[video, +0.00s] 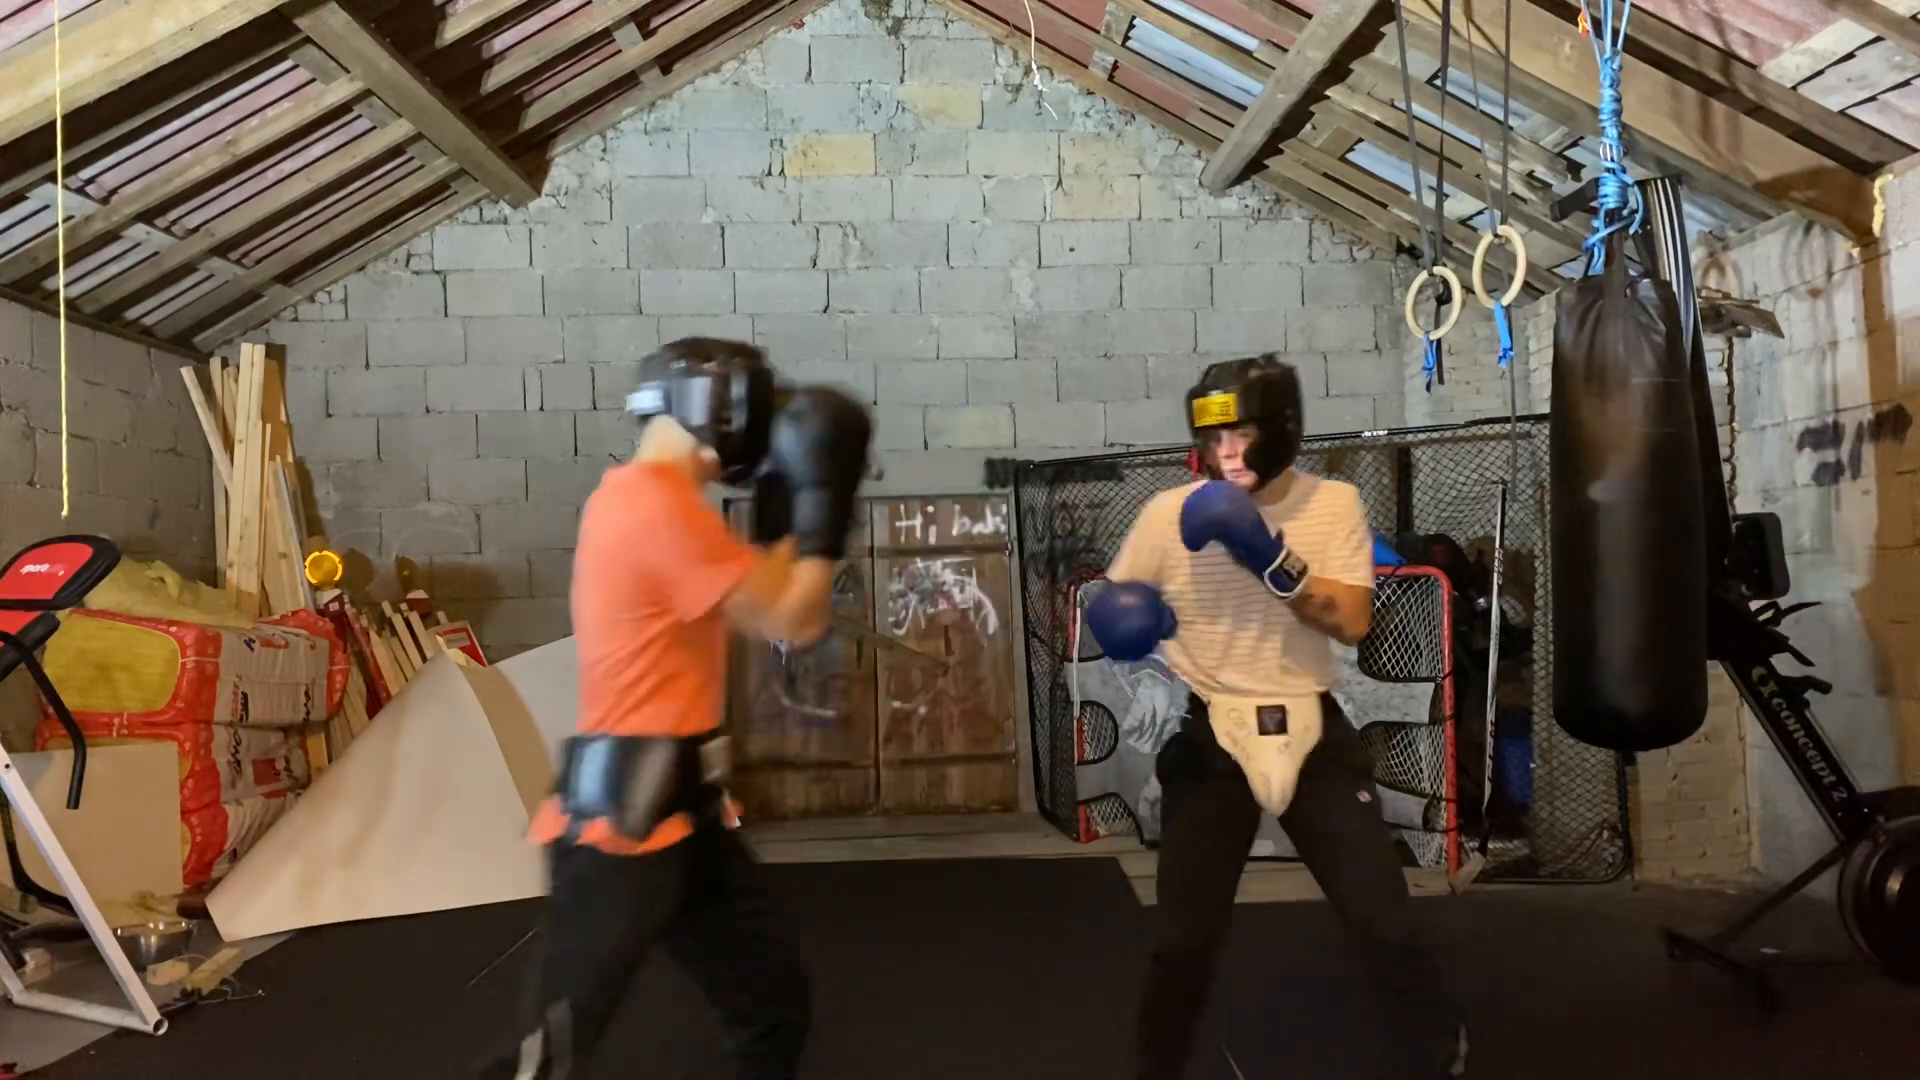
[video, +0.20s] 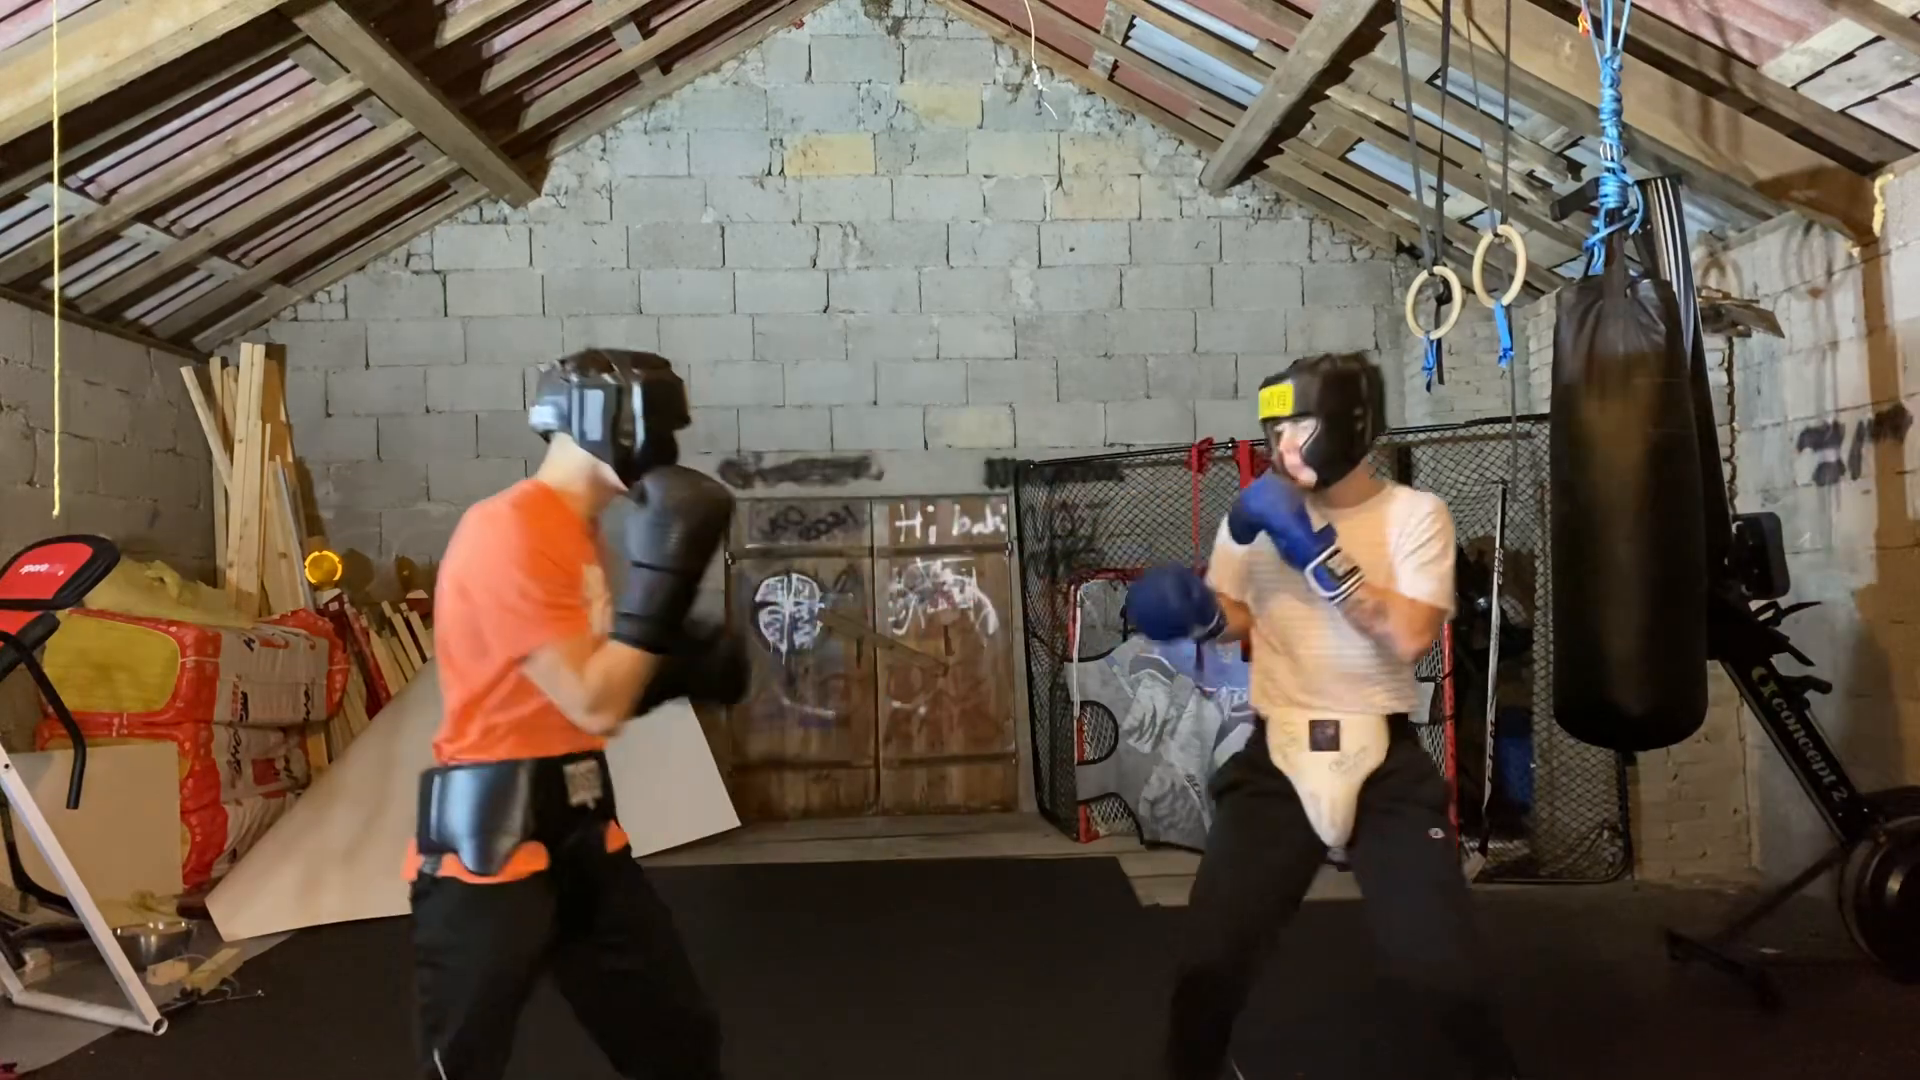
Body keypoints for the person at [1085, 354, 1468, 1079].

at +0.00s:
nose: (1230, 451)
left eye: (1244, 432)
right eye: (1216, 434)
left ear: (1282, 433)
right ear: (1201, 441)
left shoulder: (1331, 503)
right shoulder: (1169, 513)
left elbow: (1354, 620)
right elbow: (1114, 614)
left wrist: (1270, 555)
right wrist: (1114, 620)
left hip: (1315, 733)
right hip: (1209, 737)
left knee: (1383, 922)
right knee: (1184, 936)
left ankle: (1436, 1054)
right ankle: (1156, 1068)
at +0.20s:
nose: (1280, 446)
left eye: (1296, 427)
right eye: (1275, 428)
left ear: (1348, 430)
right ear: (1273, 436)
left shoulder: (1416, 517)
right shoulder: (1255, 517)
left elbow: (1413, 635)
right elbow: (1238, 617)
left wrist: (1313, 548)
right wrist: (1199, 615)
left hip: (1388, 766)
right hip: (1274, 768)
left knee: (1443, 969)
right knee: (1207, 964)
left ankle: (1487, 1071)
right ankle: (1195, 1070)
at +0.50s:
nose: (1280, 414)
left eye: (1291, 389)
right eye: (1274, 397)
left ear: (1348, 386)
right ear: (1285, 411)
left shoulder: (1442, 476)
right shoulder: (1282, 490)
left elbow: (1429, 594)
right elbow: (1255, 610)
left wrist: (1310, 501)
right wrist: (1192, 576)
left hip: (1423, 754)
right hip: (1306, 755)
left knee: (1452, 964)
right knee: (1265, 973)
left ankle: (1489, 1076)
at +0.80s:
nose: (1167, 421)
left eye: (1178, 396)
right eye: (1163, 402)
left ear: (1245, 391)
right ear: (1232, 397)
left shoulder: (1349, 472)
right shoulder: (1200, 507)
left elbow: (1340, 593)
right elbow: (1196, 624)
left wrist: (1209, 509)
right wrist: (1110, 612)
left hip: (1354, 777)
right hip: (1233, 780)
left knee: (1419, 1009)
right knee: (1201, 1012)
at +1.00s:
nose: (1129, 398)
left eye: (1140, 371)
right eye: (1127, 376)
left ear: (1210, 368)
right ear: (1211, 369)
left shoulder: (1312, 460)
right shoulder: (1157, 482)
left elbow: (1297, 601)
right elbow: (1111, 574)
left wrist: (1173, 516)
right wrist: (1018, 533)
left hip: (1310, 765)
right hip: (1195, 770)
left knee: (1341, 1029)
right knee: (1184, 1022)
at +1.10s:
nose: (1123, 395)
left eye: (1133, 372)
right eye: (1122, 374)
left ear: (1188, 368)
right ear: (1201, 370)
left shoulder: (1307, 465)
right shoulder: (1157, 482)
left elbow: (1280, 612)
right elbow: (1107, 573)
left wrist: (1166, 528)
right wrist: (1007, 537)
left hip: (1295, 772)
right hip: (1187, 773)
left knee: (1308, 1032)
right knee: (1184, 1025)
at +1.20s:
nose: (1123, 423)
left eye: (1133, 400)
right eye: (1123, 401)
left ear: (1192, 393)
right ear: (1204, 396)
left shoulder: (1308, 499)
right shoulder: (1168, 508)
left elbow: (1258, 646)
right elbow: (1114, 606)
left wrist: (1153, 545)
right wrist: (1024, 570)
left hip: (1282, 820)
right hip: (1183, 818)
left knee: (1270, 1054)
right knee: (1159, 1041)